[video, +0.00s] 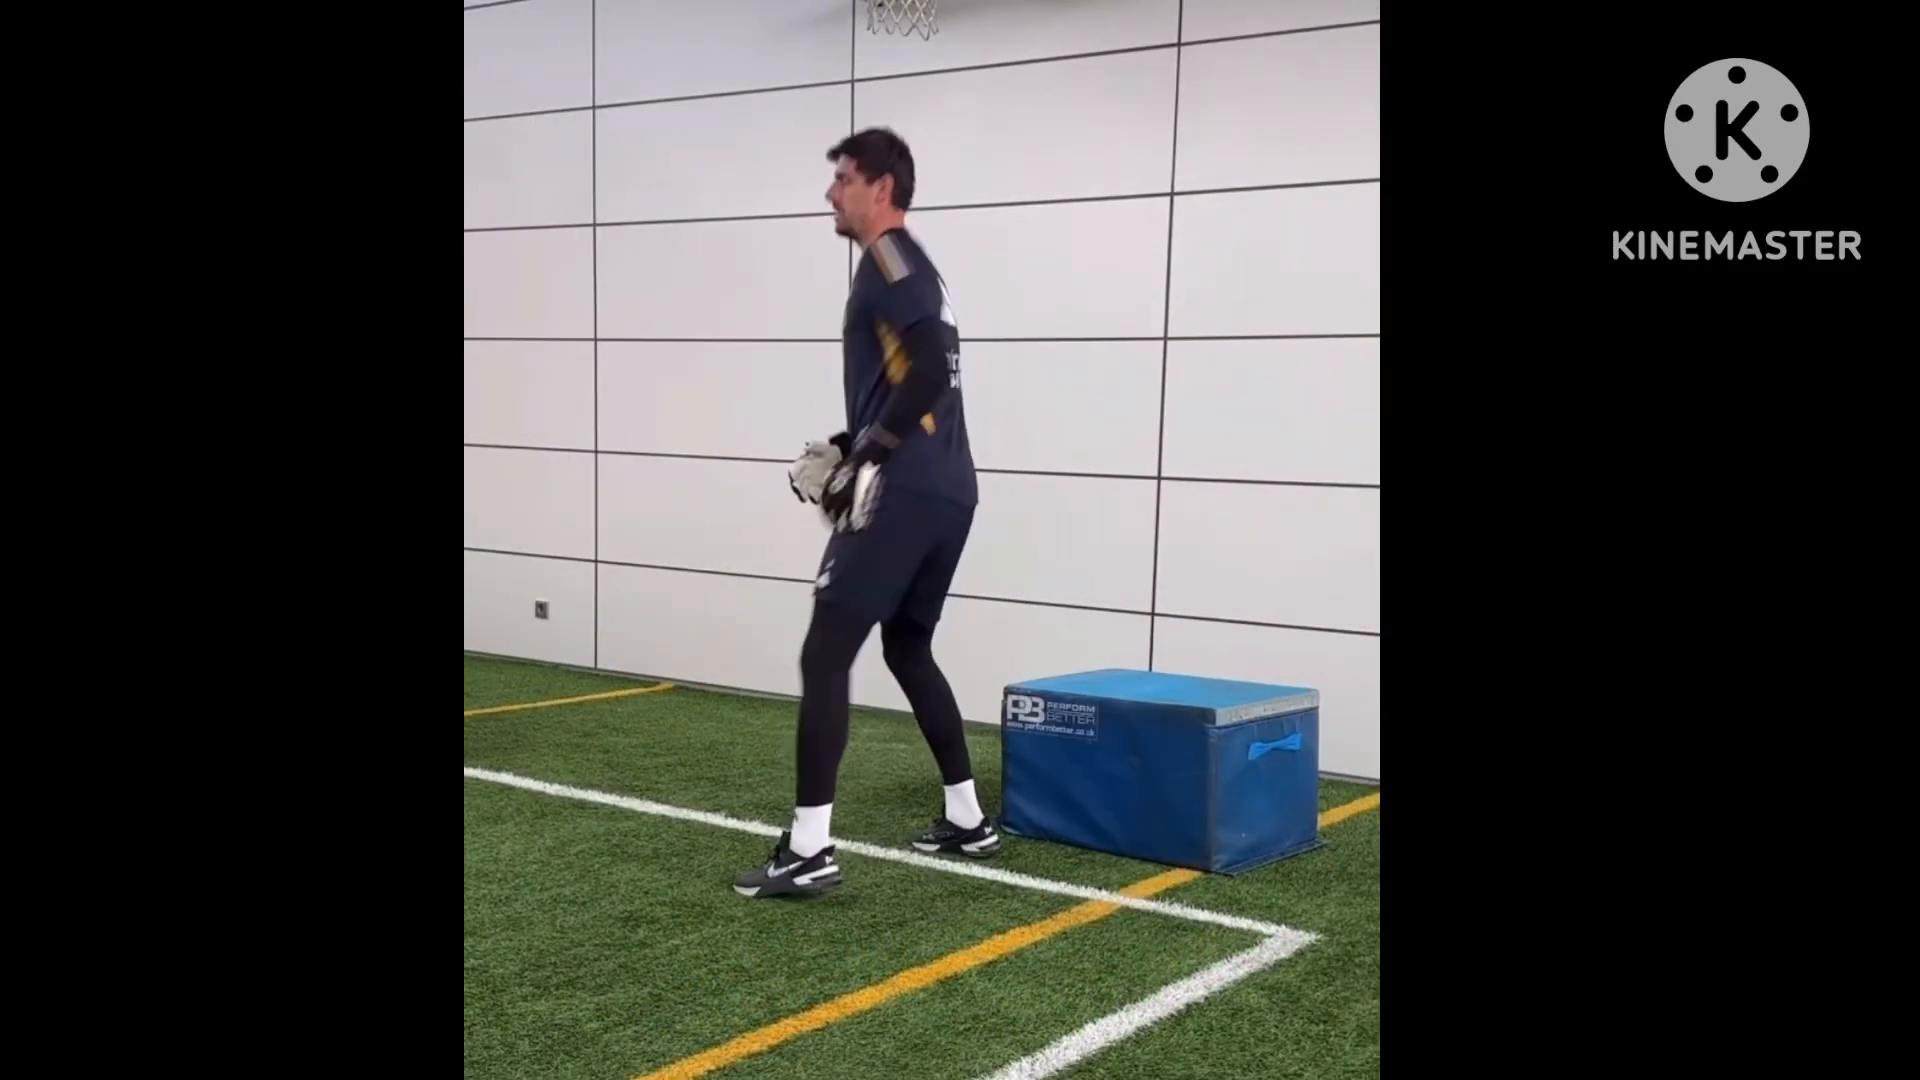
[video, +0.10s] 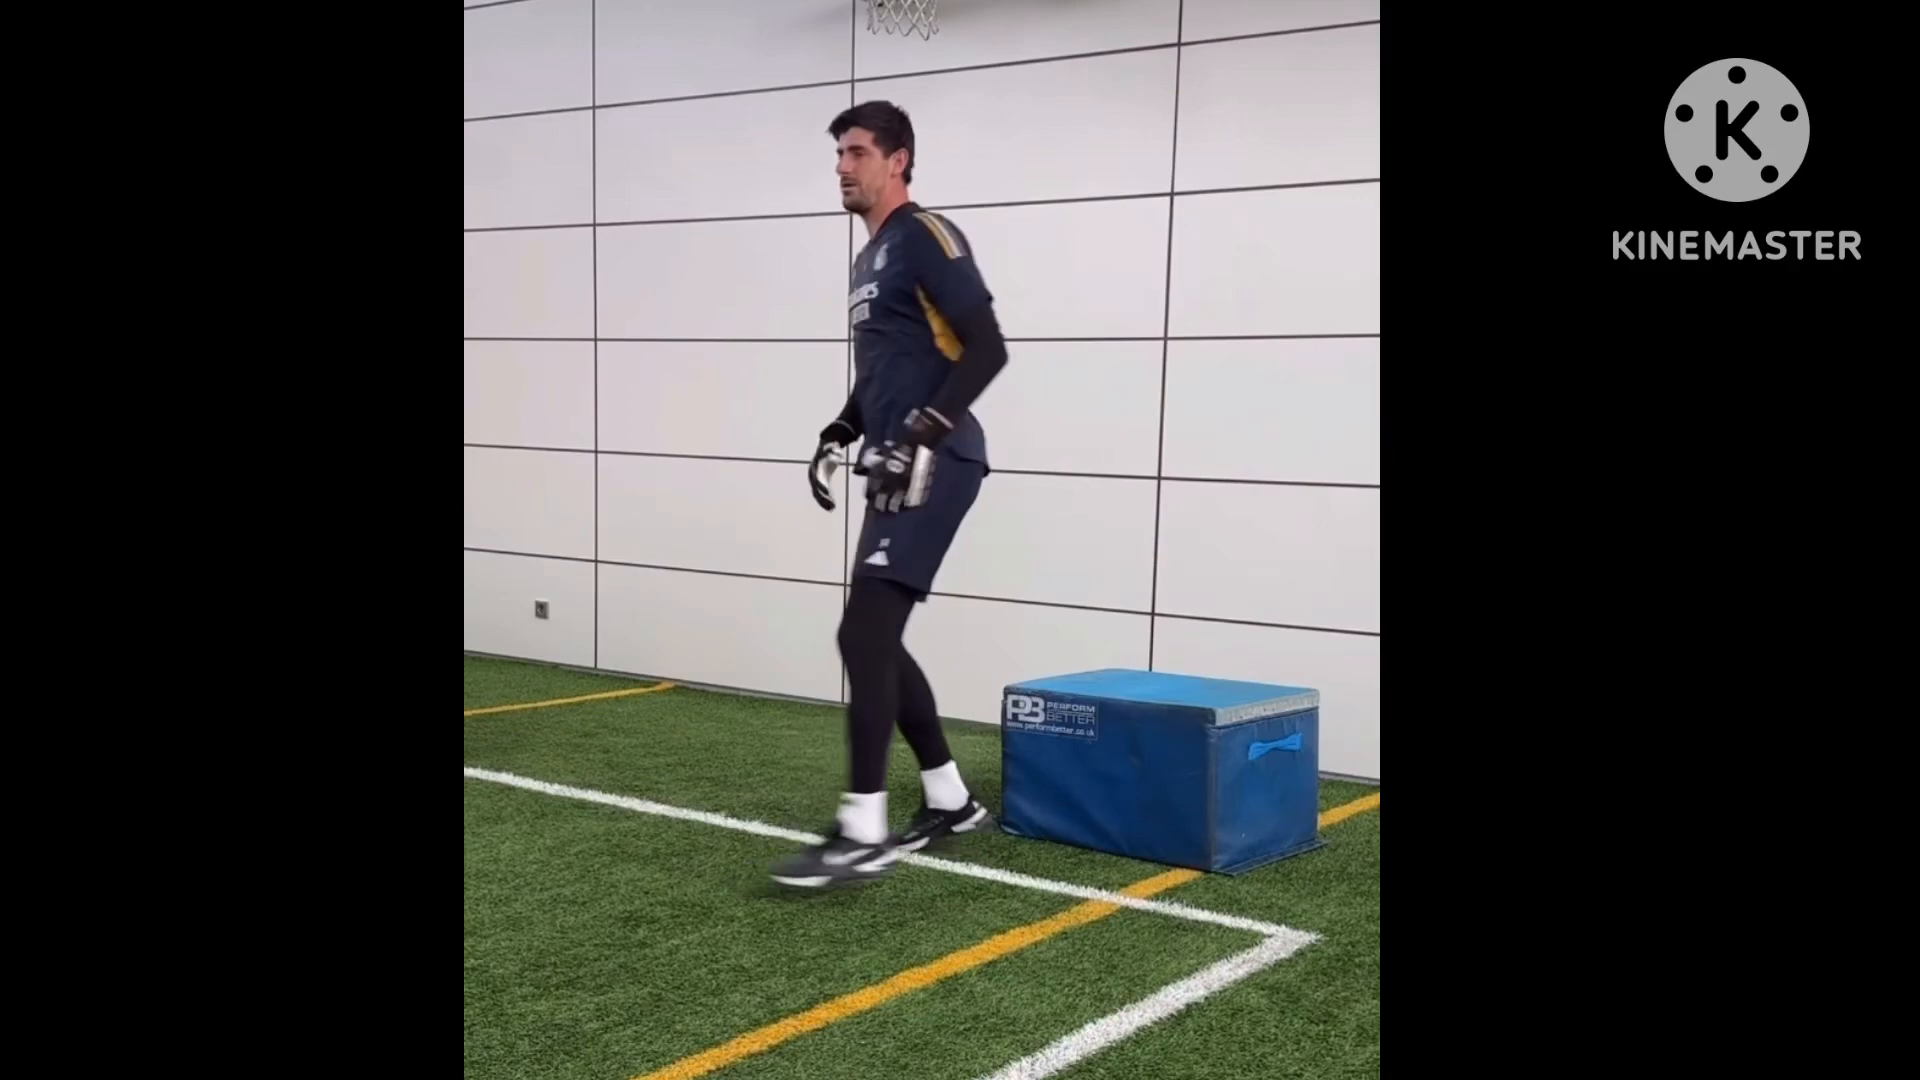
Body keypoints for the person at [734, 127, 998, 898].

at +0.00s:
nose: (830, 192)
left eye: (842, 180)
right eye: (832, 179)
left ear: (882, 188)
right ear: (884, 190)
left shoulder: (888, 258)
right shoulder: (902, 262)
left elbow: (930, 368)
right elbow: (905, 381)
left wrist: (872, 452)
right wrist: (844, 446)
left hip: (904, 487)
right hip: (947, 489)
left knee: (825, 654)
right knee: (908, 648)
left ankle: (808, 848)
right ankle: (966, 818)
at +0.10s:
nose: (842, 166)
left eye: (856, 153)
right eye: (840, 154)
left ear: (898, 161)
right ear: (854, 166)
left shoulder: (925, 234)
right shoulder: (873, 249)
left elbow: (988, 348)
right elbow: (885, 363)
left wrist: (920, 433)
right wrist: (838, 434)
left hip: (936, 459)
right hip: (897, 457)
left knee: (865, 634)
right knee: (875, 636)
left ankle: (863, 832)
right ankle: (951, 800)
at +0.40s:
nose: (873, 224)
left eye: (886, 209)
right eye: (866, 211)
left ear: (925, 214)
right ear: (862, 224)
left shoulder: (983, 308)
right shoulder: (866, 326)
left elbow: (1052, 426)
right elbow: (864, 432)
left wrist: (1036, 533)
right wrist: (849, 526)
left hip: (986, 536)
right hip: (903, 540)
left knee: (1037, 696)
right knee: (843, 684)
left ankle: (1107, 858)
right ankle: (898, 820)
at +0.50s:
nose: (894, 216)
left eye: (908, 201)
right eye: (886, 204)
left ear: (946, 204)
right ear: (883, 213)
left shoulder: (1007, 296)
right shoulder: (880, 314)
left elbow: (1076, 406)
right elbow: (859, 404)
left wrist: (1024, 473)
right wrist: (838, 465)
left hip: (1002, 522)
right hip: (918, 523)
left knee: (1040, 687)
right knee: (858, 680)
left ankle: (1105, 856)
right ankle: (898, 819)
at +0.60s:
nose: (922, 209)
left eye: (934, 194)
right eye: (913, 197)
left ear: (972, 194)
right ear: (908, 205)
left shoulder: (1020, 278)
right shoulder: (899, 296)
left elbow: (1055, 370)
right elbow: (831, 393)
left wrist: (964, 372)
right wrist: (816, 365)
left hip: (1010, 522)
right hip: (924, 523)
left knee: (1049, 687)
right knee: (866, 678)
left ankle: (1104, 854)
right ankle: (900, 818)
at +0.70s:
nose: (943, 205)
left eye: (954, 189)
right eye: (933, 193)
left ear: (993, 187)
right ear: (929, 201)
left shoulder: (1038, 263)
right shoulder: (919, 284)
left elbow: (997, 332)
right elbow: (849, 376)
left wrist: (880, 297)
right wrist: (798, 317)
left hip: (1016, 511)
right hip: (928, 512)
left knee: (1058, 688)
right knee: (880, 679)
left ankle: (1105, 855)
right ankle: (903, 819)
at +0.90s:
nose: (922, 199)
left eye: (936, 183)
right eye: (916, 187)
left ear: (977, 189)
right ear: (918, 197)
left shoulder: (1005, 270)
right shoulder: (942, 286)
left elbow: (988, 398)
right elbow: (957, 399)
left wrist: (893, 401)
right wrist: (885, 419)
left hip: (1021, 507)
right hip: (952, 507)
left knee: (1046, 682)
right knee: (893, 664)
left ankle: (1105, 855)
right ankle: (904, 823)